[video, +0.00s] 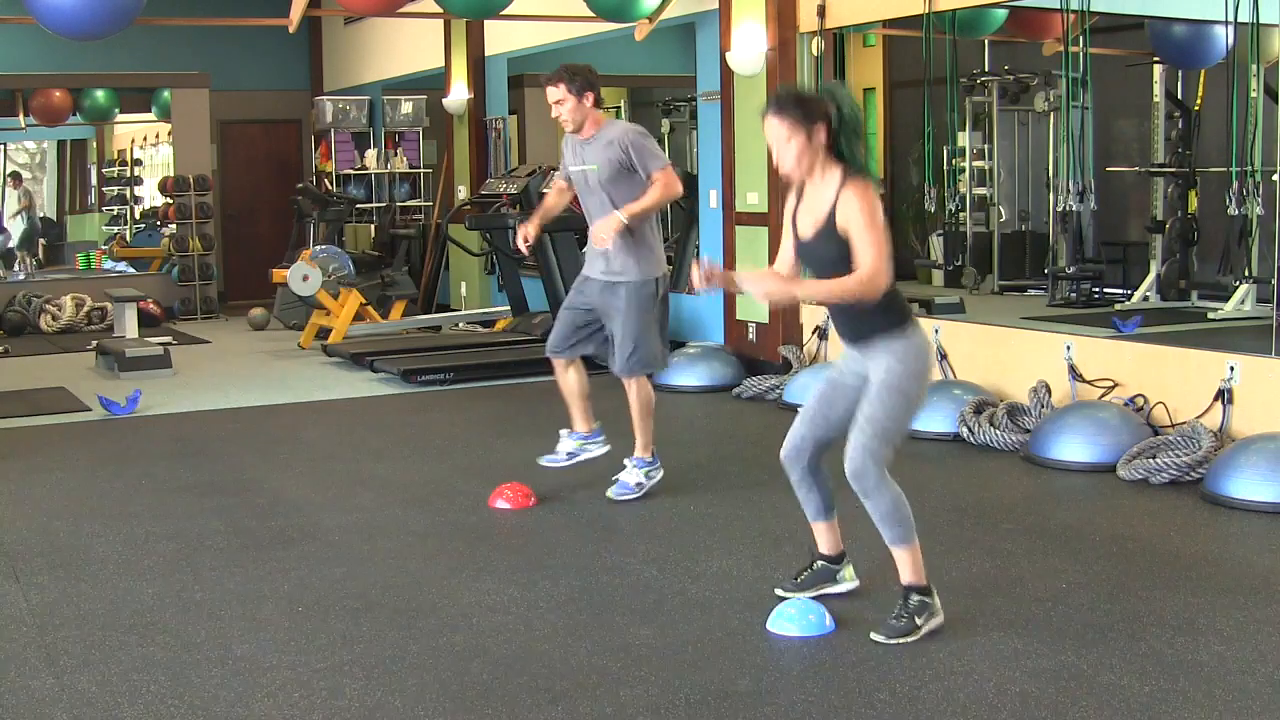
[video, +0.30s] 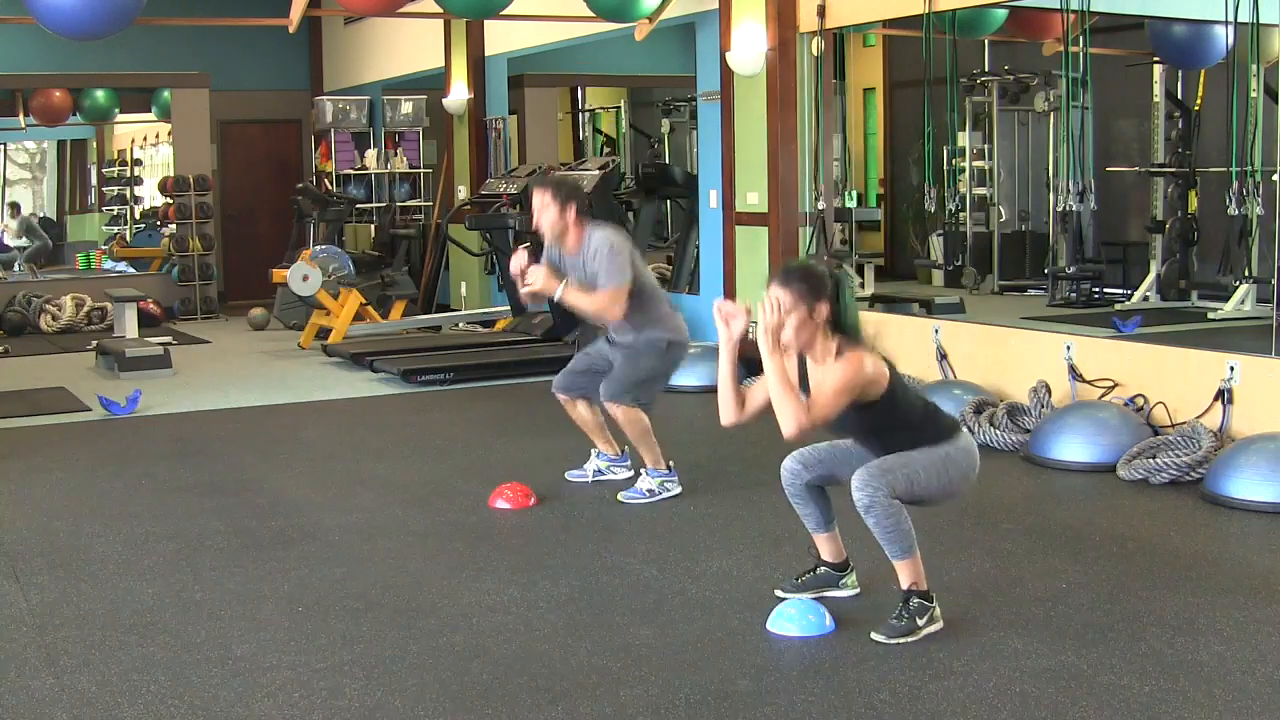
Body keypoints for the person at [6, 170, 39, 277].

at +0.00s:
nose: (9, 184)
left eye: (11, 181)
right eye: (9, 182)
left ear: (18, 181)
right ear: (17, 181)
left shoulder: (23, 191)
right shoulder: (22, 191)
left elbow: (25, 204)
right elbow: (24, 205)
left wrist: (14, 214)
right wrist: (15, 215)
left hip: (31, 224)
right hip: (32, 224)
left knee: (19, 247)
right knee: (28, 250)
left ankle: (25, 272)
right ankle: (31, 272)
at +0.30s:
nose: (9, 213)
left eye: (10, 210)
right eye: (8, 210)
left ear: (16, 210)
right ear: (16, 210)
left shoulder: (22, 219)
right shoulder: (22, 219)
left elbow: (18, 235)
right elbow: (18, 234)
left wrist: (6, 229)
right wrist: (8, 229)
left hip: (42, 243)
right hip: (40, 242)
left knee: (25, 260)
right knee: (26, 259)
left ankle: (35, 278)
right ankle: (37, 278)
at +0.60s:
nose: (8, 222)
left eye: (9, 219)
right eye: (8, 220)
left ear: (15, 219)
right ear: (15, 220)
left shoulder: (21, 229)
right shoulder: (21, 228)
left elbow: (14, 245)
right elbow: (14, 244)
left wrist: (4, 241)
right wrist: (6, 240)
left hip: (45, 250)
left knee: (24, 260)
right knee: (23, 260)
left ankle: (35, 279)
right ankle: (37, 278)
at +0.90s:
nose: (10, 185)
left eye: (12, 182)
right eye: (9, 183)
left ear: (19, 182)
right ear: (7, 184)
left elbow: (38, 199)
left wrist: (31, 212)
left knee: (26, 252)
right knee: (19, 251)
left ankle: (34, 273)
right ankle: (27, 274)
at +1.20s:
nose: (13, 187)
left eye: (15, 184)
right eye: (13, 184)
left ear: (22, 184)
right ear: (14, 184)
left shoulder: (27, 196)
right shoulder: (22, 197)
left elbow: (32, 209)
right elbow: (26, 210)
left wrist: (18, 214)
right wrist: (13, 215)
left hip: (30, 231)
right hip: (23, 231)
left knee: (27, 259)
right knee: (13, 254)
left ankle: (35, 277)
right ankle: (12, 276)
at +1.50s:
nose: (10, 190)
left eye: (12, 188)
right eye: (9, 188)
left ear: (19, 188)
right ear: (9, 188)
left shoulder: (25, 198)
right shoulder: (16, 200)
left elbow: (28, 212)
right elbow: (22, 212)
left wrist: (13, 213)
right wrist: (9, 212)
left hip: (35, 231)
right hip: (27, 231)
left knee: (27, 255)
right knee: (21, 255)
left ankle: (35, 277)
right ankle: (29, 277)